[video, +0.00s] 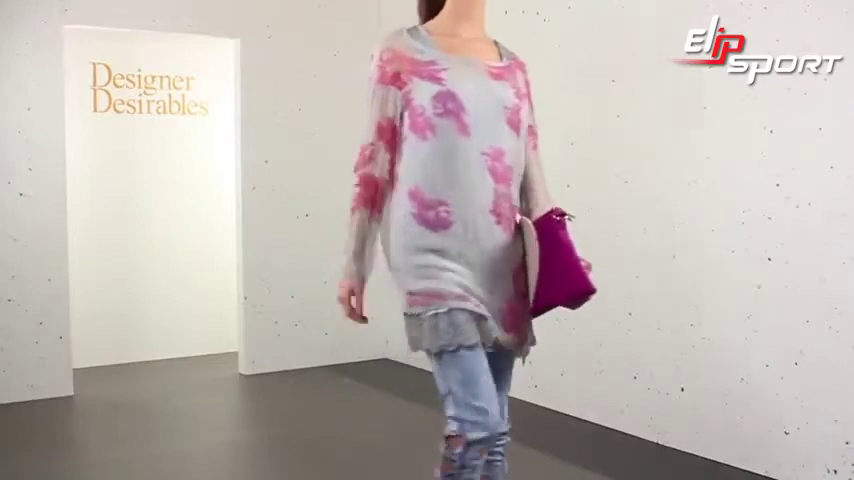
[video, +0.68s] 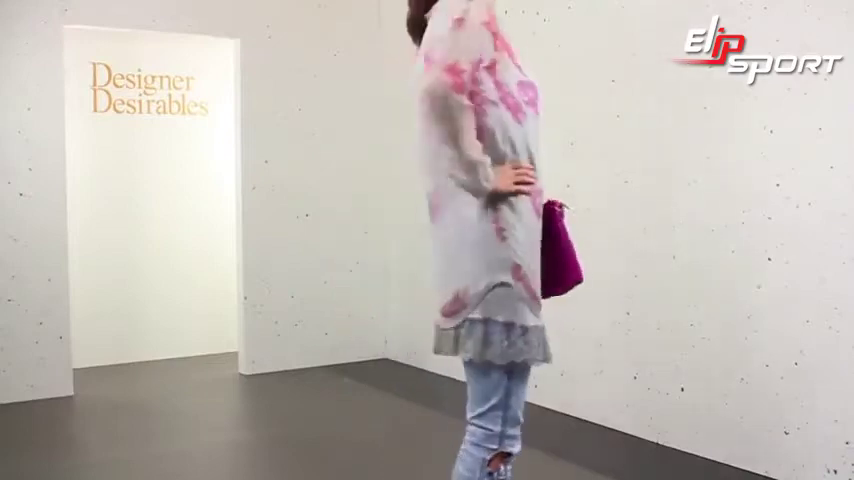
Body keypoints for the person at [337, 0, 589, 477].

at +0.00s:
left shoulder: (513, 67)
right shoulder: (402, 51)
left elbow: (531, 175)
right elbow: (376, 163)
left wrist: (560, 262)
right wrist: (356, 263)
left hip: (504, 266)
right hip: (432, 261)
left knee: (494, 429)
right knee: (477, 423)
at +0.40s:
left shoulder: (484, 40)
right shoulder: (438, 25)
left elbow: (493, 142)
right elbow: (350, 97)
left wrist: (535, 201)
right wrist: (399, 200)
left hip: (508, 261)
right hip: (472, 262)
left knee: (511, 436)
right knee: (483, 440)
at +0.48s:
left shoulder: (482, 40)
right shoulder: (443, 28)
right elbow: (374, 92)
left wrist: (525, 200)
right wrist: (441, 182)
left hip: (507, 259)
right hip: (476, 262)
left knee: (508, 433)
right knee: (488, 439)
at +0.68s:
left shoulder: (482, 25)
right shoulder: (464, 14)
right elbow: (443, 96)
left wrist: (529, 186)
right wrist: (485, 178)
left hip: (511, 255)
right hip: (485, 258)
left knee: (505, 439)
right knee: (487, 436)